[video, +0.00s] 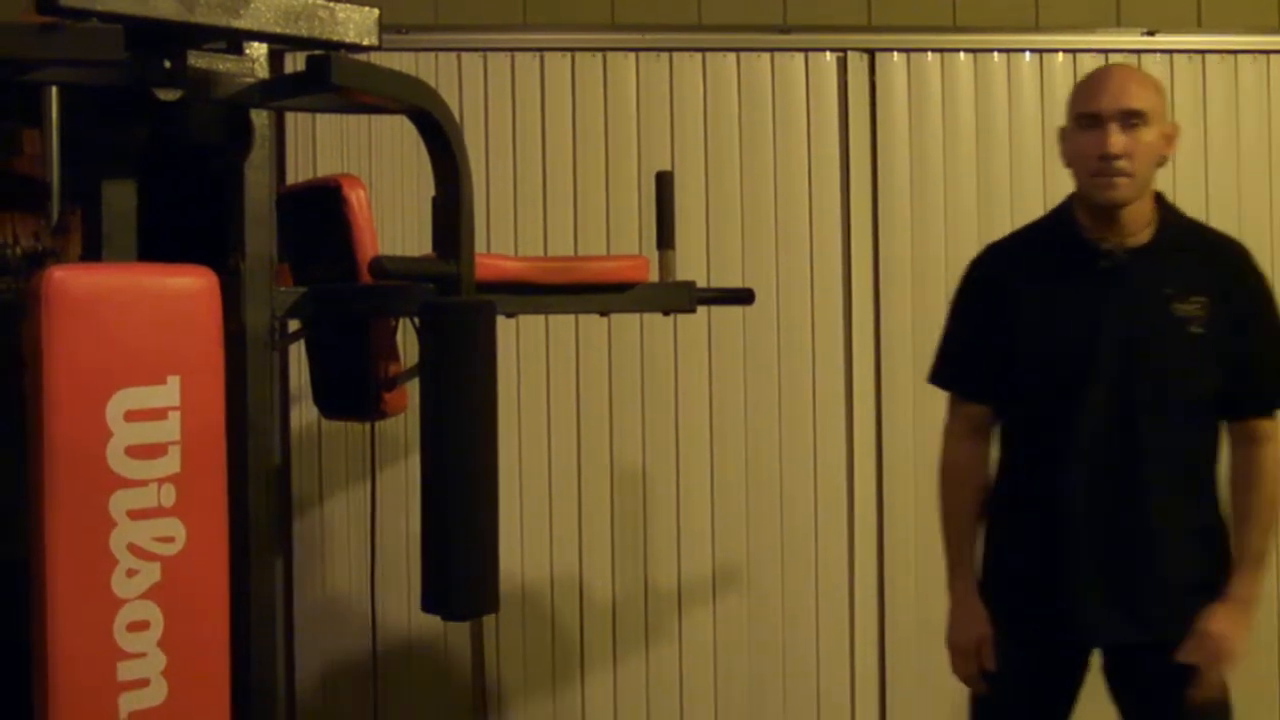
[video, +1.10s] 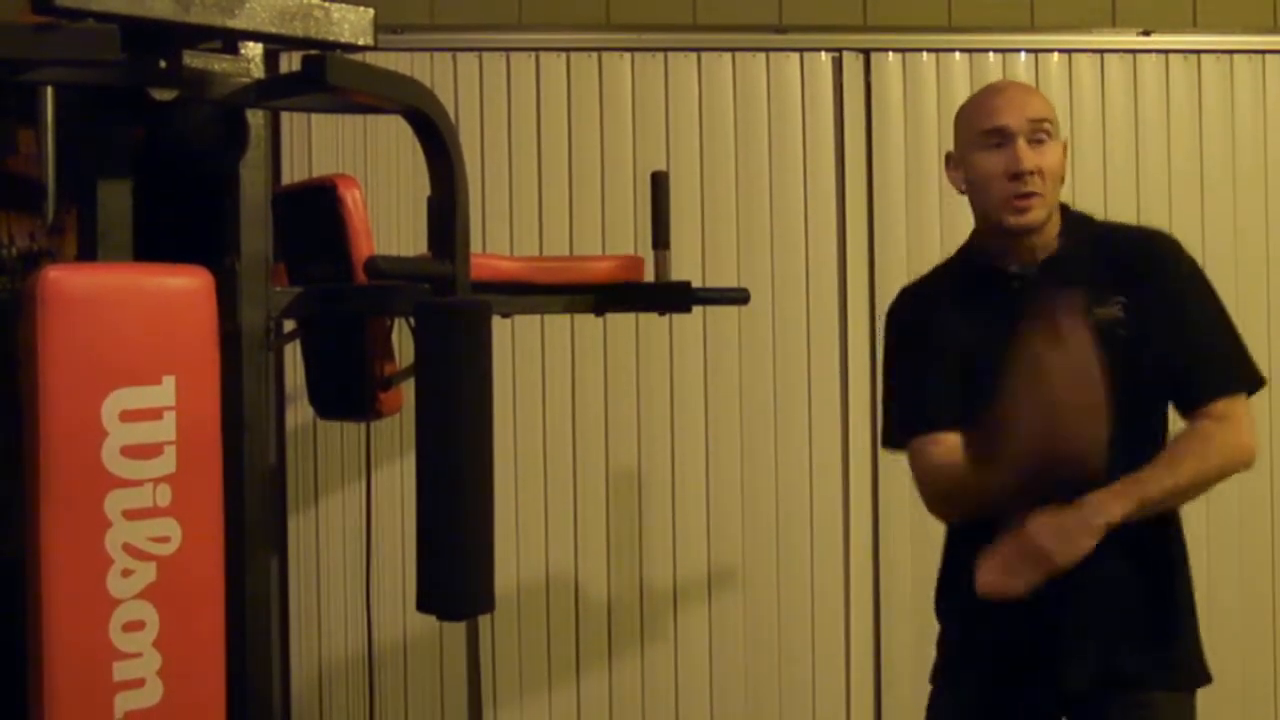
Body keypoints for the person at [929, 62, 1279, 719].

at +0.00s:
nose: (1110, 142)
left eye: (1132, 123)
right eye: (1090, 124)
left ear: (1167, 142)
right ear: (1065, 144)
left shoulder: (1223, 272)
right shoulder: (1002, 271)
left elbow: (1256, 438)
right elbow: (966, 433)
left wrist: (1241, 596)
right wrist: (962, 591)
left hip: (1169, 583)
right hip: (1033, 583)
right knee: (1008, 716)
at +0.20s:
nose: (1060, 155)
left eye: (1081, 137)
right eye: (1038, 138)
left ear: (1112, 160)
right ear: (1013, 165)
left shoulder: (1166, 286)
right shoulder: (953, 290)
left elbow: (1185, 458)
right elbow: (888, 447)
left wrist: (1179, 629)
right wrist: (907, 607)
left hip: (1115, 601)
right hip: (978, 600)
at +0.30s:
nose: (1036, 159)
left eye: (1056, 141)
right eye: (1014, 143)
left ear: (1088, 164)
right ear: (988, 169)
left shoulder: (1147, 283)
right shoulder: (941, 288)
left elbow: (1171, 451)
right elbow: (845, 437)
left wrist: (1163, 608)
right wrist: (912, 563)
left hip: (1091, 591)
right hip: (957, 594)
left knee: (1122, 711)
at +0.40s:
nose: (1018, 152)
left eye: (1038, 134)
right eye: (996, 135)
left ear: (1068, 157)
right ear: (969, 162)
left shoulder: (1132, 276)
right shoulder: (923, 284)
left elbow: (1168, 437)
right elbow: (824, 427)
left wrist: (1145, 567)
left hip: (1082, 597)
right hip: (951, 596)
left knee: (1116, 716)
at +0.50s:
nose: (1005, 148)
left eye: (1024, 130)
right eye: (983, 132)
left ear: (1052, 154)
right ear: (954, 160)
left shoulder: (1120, 267)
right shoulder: (908, 282)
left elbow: (1152, 434)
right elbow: (832, 442)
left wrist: (1116, 535)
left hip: (1077, 580)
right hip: (948, 584)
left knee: (1097, 714)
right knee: (946, 715)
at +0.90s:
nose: (1021, 149)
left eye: (1038, 127)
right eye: (994, 131)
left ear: (1060, 150)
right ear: (955, 160)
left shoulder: (1134, 257)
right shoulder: (910, 290)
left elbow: (1163, 435)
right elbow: (913, 460)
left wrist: (1082, 503)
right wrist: (920, 291)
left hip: (1105, 610)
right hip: (970, 614)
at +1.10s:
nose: (1023, 160)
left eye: (1040, 137)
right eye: (995, 142)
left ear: (1062, 156)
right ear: (957, 172)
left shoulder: (1147, 265)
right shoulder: (923, 310)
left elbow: (1231, 434)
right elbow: (943, 492)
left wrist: (1097, 512)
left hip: (1134, 646)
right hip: (992, 657)